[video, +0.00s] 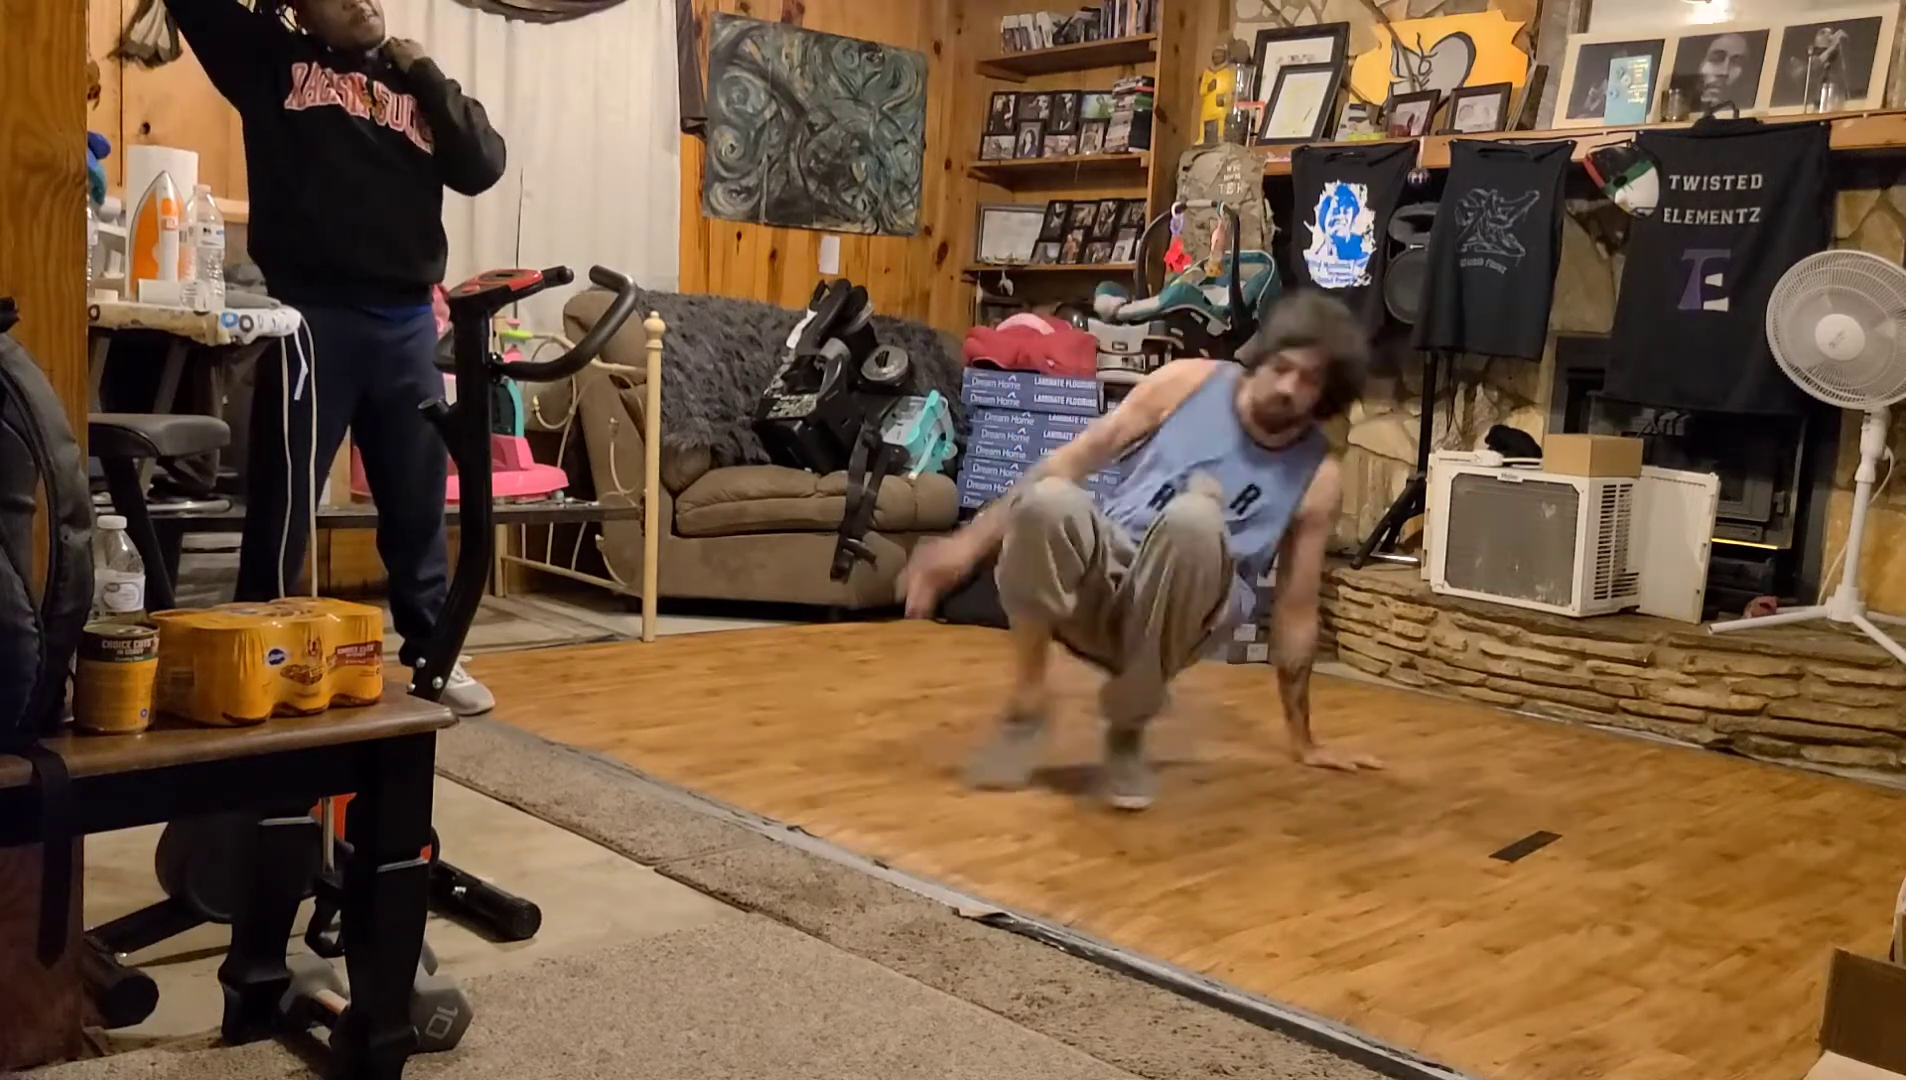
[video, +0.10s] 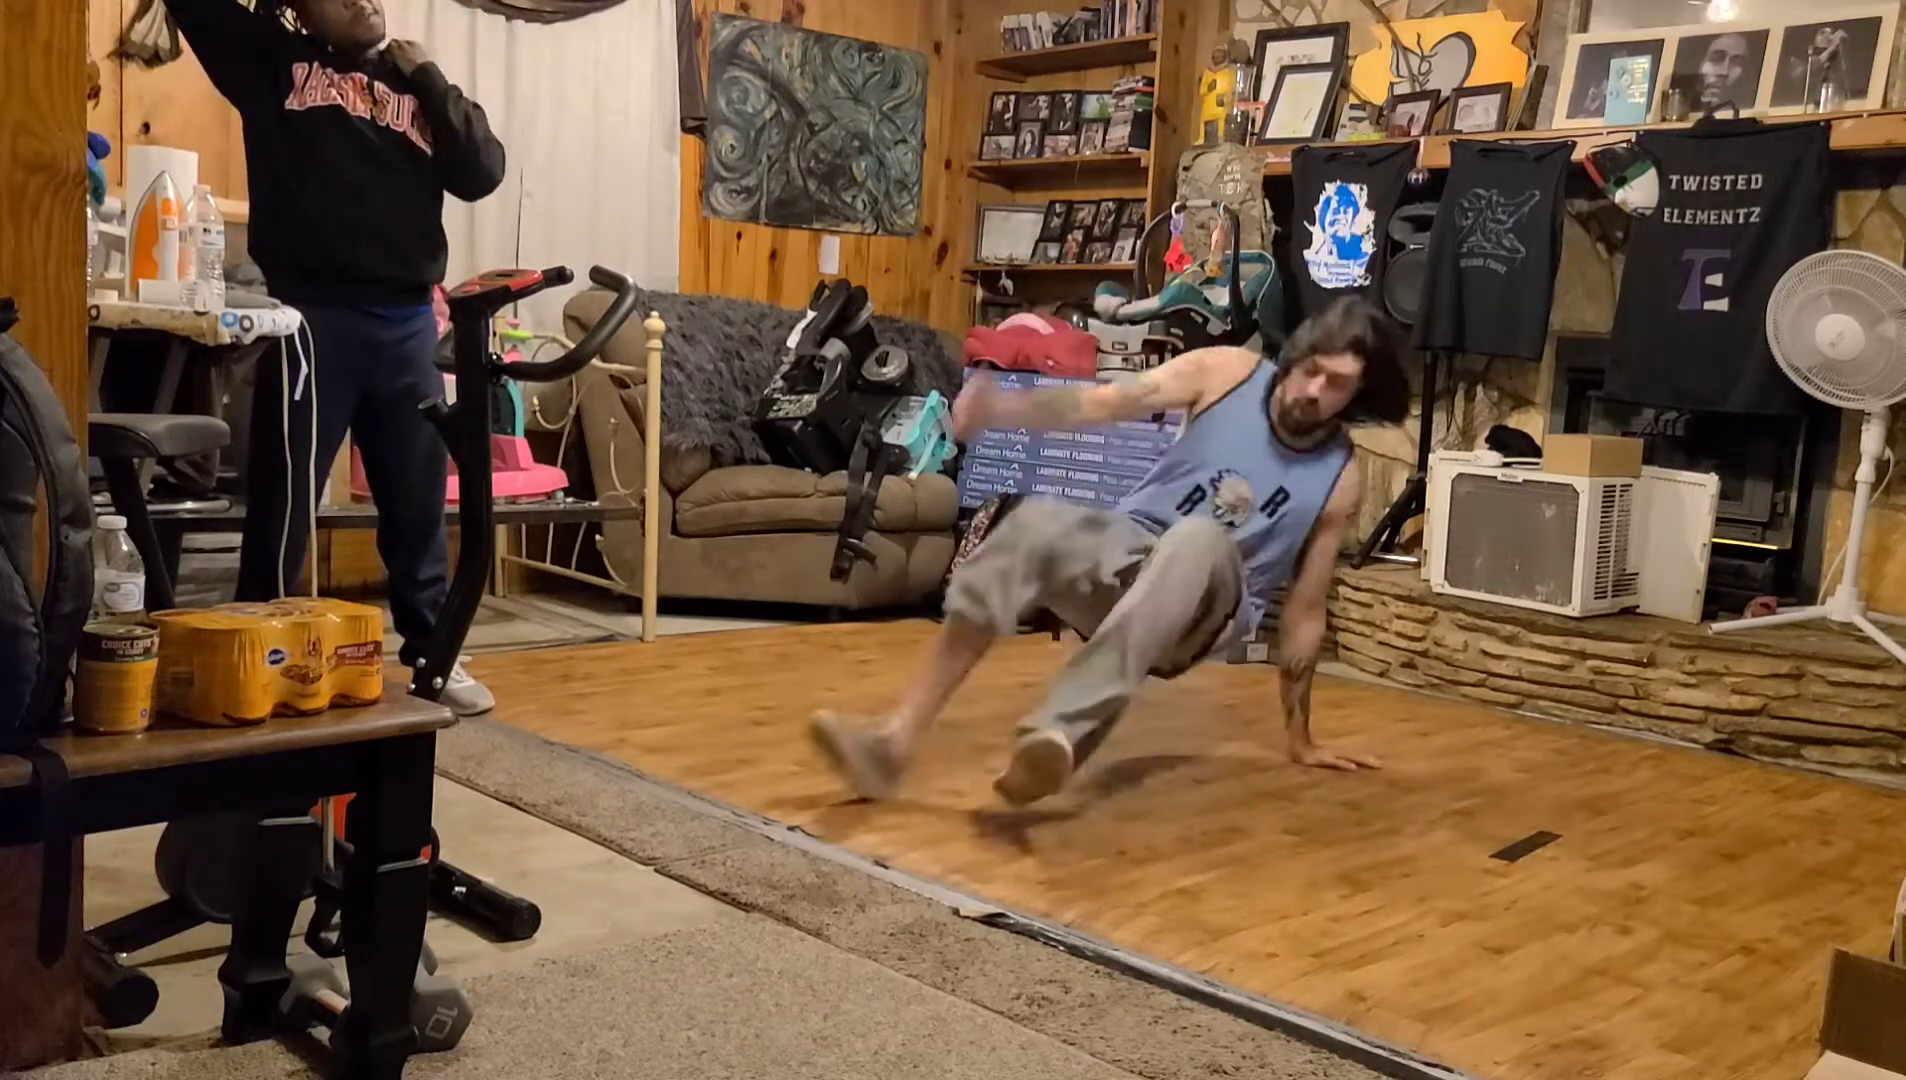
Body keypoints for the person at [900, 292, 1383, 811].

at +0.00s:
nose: (1288, 389)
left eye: (1309, 382)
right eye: (1282, 367)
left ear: (1325, 398)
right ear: (1258, 356)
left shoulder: (1316, 476)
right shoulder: (1186, 381)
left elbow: (1297, 613)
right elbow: (1075, 461)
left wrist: (1304, 743)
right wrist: (968, 545)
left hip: (1177, 619)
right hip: (1090, 578)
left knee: (1195, 516)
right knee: (1047, 504)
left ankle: (1128, 735)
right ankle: (1025, 714)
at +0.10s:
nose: (1314, 392)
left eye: (1336, 385)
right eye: (1311, 371)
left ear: (1359, 390)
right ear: (1295, 353)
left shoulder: (1340, 478)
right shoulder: (1228, 371)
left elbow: (1304, 613)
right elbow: (1106, 402)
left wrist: (1302, 739)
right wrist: (1002, 409)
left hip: (1204, 601)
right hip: (1123, 551)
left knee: (1201, 538)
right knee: (1033, 521)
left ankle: (1052, 745)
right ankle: (893, 742)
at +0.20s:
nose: (1329, 389)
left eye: (1351, 382)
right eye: (1325, 367)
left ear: (1370, 393)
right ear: (1307, 351)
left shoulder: (1351, 475)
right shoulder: (1243, 359)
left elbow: (1311, 611)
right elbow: (1113, 355)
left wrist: (1301, 741)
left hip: (1214, 603)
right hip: (1130, 548)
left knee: (1186, 525)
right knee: (1038, 505)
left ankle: (1068, 769)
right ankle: (933, 734)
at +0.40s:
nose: (1319, 377)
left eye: (1340, 372)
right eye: (1314, 357)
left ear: (1354, 391)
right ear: (1291, 353)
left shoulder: (1346, 479)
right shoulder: (1219, 375)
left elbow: (1306, 615)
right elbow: (1096, 386)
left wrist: (1300, 741)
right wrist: (1047, 312)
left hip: (1211, 629)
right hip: (1118, 578)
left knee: (1187, 548)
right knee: (1016, 536)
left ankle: (1115, 729)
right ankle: (1062, 710)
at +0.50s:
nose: (1321, 376)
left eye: (1345, 369)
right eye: (1317, 352)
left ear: (1364, 384)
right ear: (1299, 340)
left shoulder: (1351, 475)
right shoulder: (1230, 360)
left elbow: (1311, 614)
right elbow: (1106, 348)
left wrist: (1300, 740)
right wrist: (1063, 282)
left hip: (1214, 621)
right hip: (1125, 560)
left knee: (1172, 521)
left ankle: (1053, 742)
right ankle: (993, 708)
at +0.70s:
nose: (1331, 385)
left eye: (1356, 380)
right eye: (1329, 361)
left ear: (1380, 393)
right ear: (1317, 342)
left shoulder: (1357, 481)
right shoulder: (1247, 354)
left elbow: (1310, 612)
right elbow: (1110, 336)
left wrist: (1301, 744)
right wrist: (1011, 321)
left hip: (1212, 602)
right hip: (1125, 547)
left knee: (1172, 502)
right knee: (1023, 499)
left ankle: (1067, 728)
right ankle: (959, 723)